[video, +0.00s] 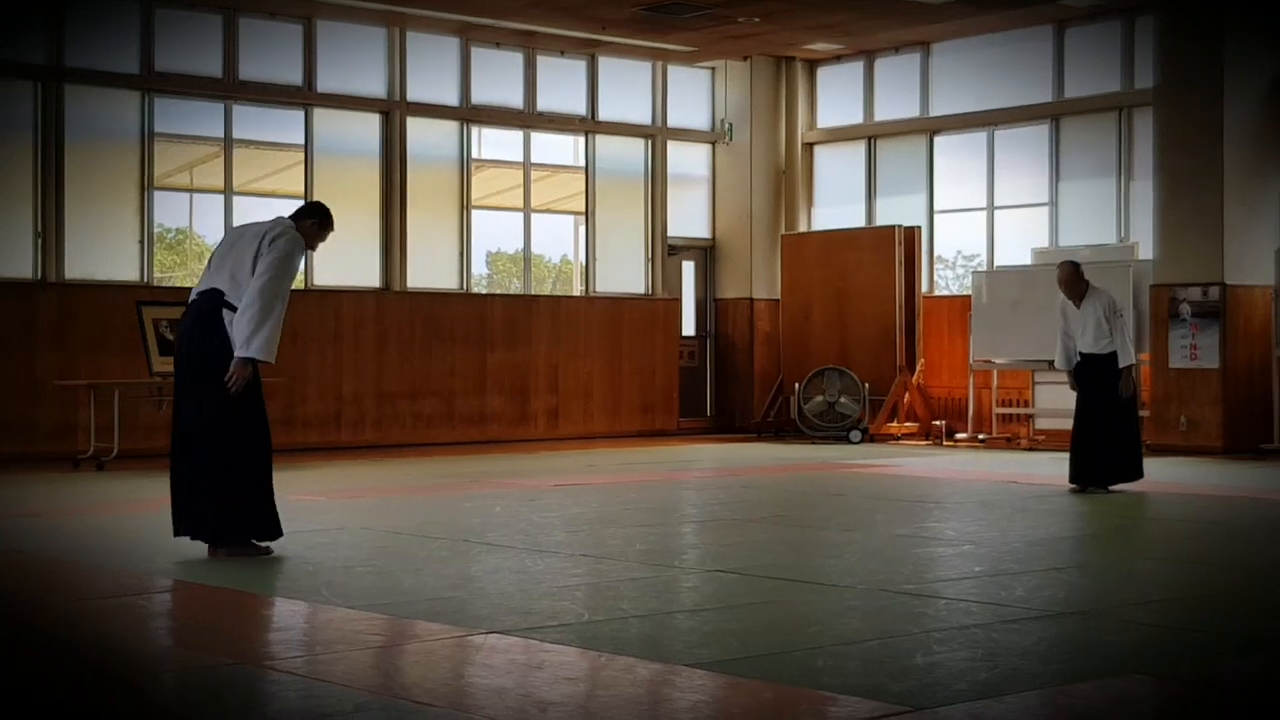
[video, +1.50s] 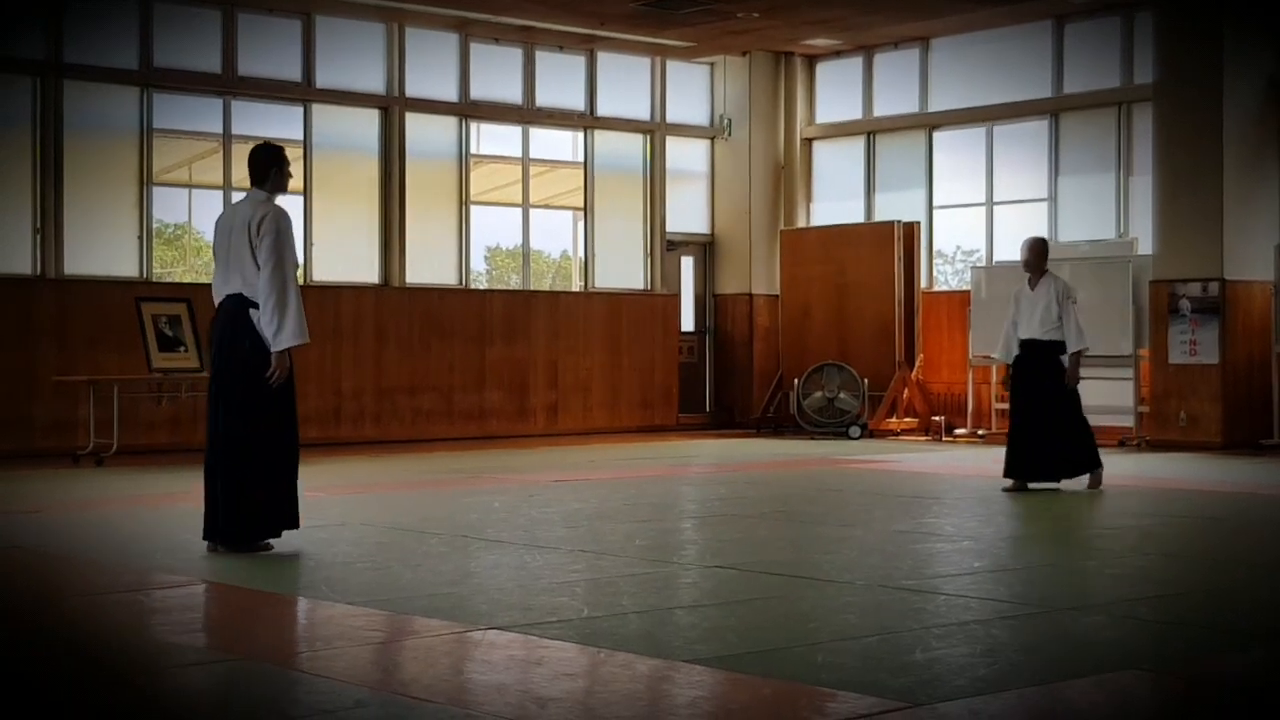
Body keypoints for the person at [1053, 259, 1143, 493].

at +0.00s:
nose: (1063, 290)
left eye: (1066, 284)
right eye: (1061, 285)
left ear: (1081, 280)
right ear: (1060, 284)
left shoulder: (1104, 300)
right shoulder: (1065, 303)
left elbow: (1121, 337)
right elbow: (1065, 338)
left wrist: (1127, 373)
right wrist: (1068, 370)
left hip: (1108, 364)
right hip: (1085, 365)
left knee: (1105, 422)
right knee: (1084, 422)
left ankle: (1101, 479)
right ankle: (1083, 478)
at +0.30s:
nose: (1057, 285)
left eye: (1060, 280)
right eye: (1054, 281)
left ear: (1075, 275)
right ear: (1053, 280)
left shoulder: (1098, 298)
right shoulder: (1059, 302)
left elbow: (1114, 334)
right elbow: (1058, 337)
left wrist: (1119, 372)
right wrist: (1060, 369)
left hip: (1101, 363)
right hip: (1077, 364)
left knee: (1099, 421)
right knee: (1077, 421)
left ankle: (1095, 479)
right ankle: (1076, 477)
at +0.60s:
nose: (1057, 278)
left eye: (1061, 273)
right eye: (1055, 273)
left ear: (1076, 270)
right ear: (1055, 273)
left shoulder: (1099, 294)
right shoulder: (1059, 297)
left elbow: (1114, 332)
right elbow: (1058, 333)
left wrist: (1118, 369)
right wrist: (1060, 367)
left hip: (1100, 359)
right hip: (1077, 360)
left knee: (1099, 419)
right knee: (1077, 418)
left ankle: (1097, 476)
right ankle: (1078, 475)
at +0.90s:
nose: (1059, 267)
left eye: (1063, 262)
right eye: (1058, 262)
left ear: (1080, 263)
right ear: (1060, 264)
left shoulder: (1100, 291)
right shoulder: (1060, 293)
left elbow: (1111, 330)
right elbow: (1056, 329)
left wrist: (1111, 367)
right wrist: (1054, 362)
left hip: (1097, 357)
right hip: (1072, 357)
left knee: (1098, 418)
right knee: (1074, 417)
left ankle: (1100, 475)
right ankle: (1080, 473)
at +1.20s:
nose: (1049, 263)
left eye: (1054, 258)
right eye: (1048, 258)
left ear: (1070, 260)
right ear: (1049, 261)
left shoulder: (1086, 289)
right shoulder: (1050, 291)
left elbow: (1097, 329)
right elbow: (1043, 328)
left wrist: (1095, 366)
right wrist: (1040, 363)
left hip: (1083, 357)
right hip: (1057, 357)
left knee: (1090, 418)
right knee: (1045, 414)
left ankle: (1098, 475)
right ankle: (1036, 472)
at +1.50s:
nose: (1024, 259)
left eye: (1029, 255)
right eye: (1023, 254)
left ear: (1043, 257)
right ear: (1022, 256)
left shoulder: (1060, 287)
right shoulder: (1020, 292)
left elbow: (1073, 328)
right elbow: (1012, 330)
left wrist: (1074, 365)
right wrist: (1009, 367)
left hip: (1052, 357)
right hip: (1025, 357)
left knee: (1069, 416)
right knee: (1022, 417)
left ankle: (1094, 466)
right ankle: (1020, 477)